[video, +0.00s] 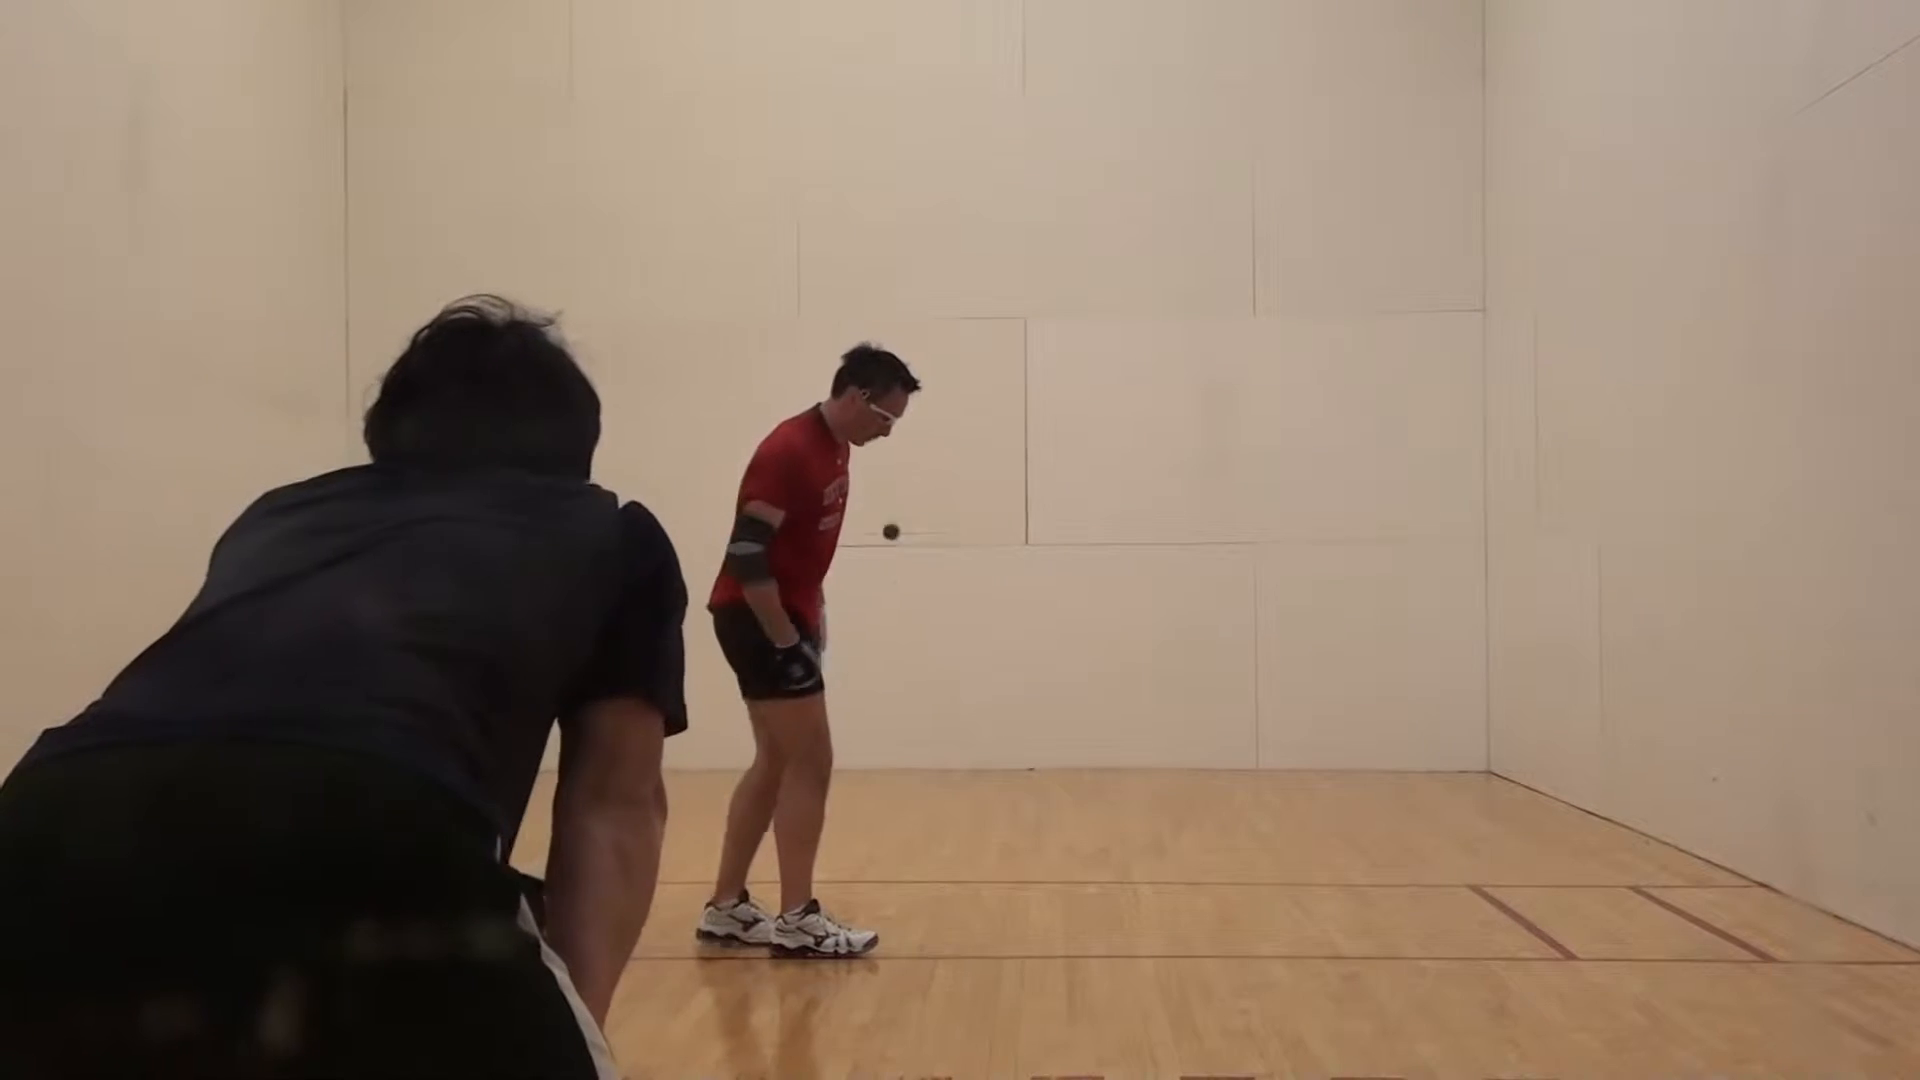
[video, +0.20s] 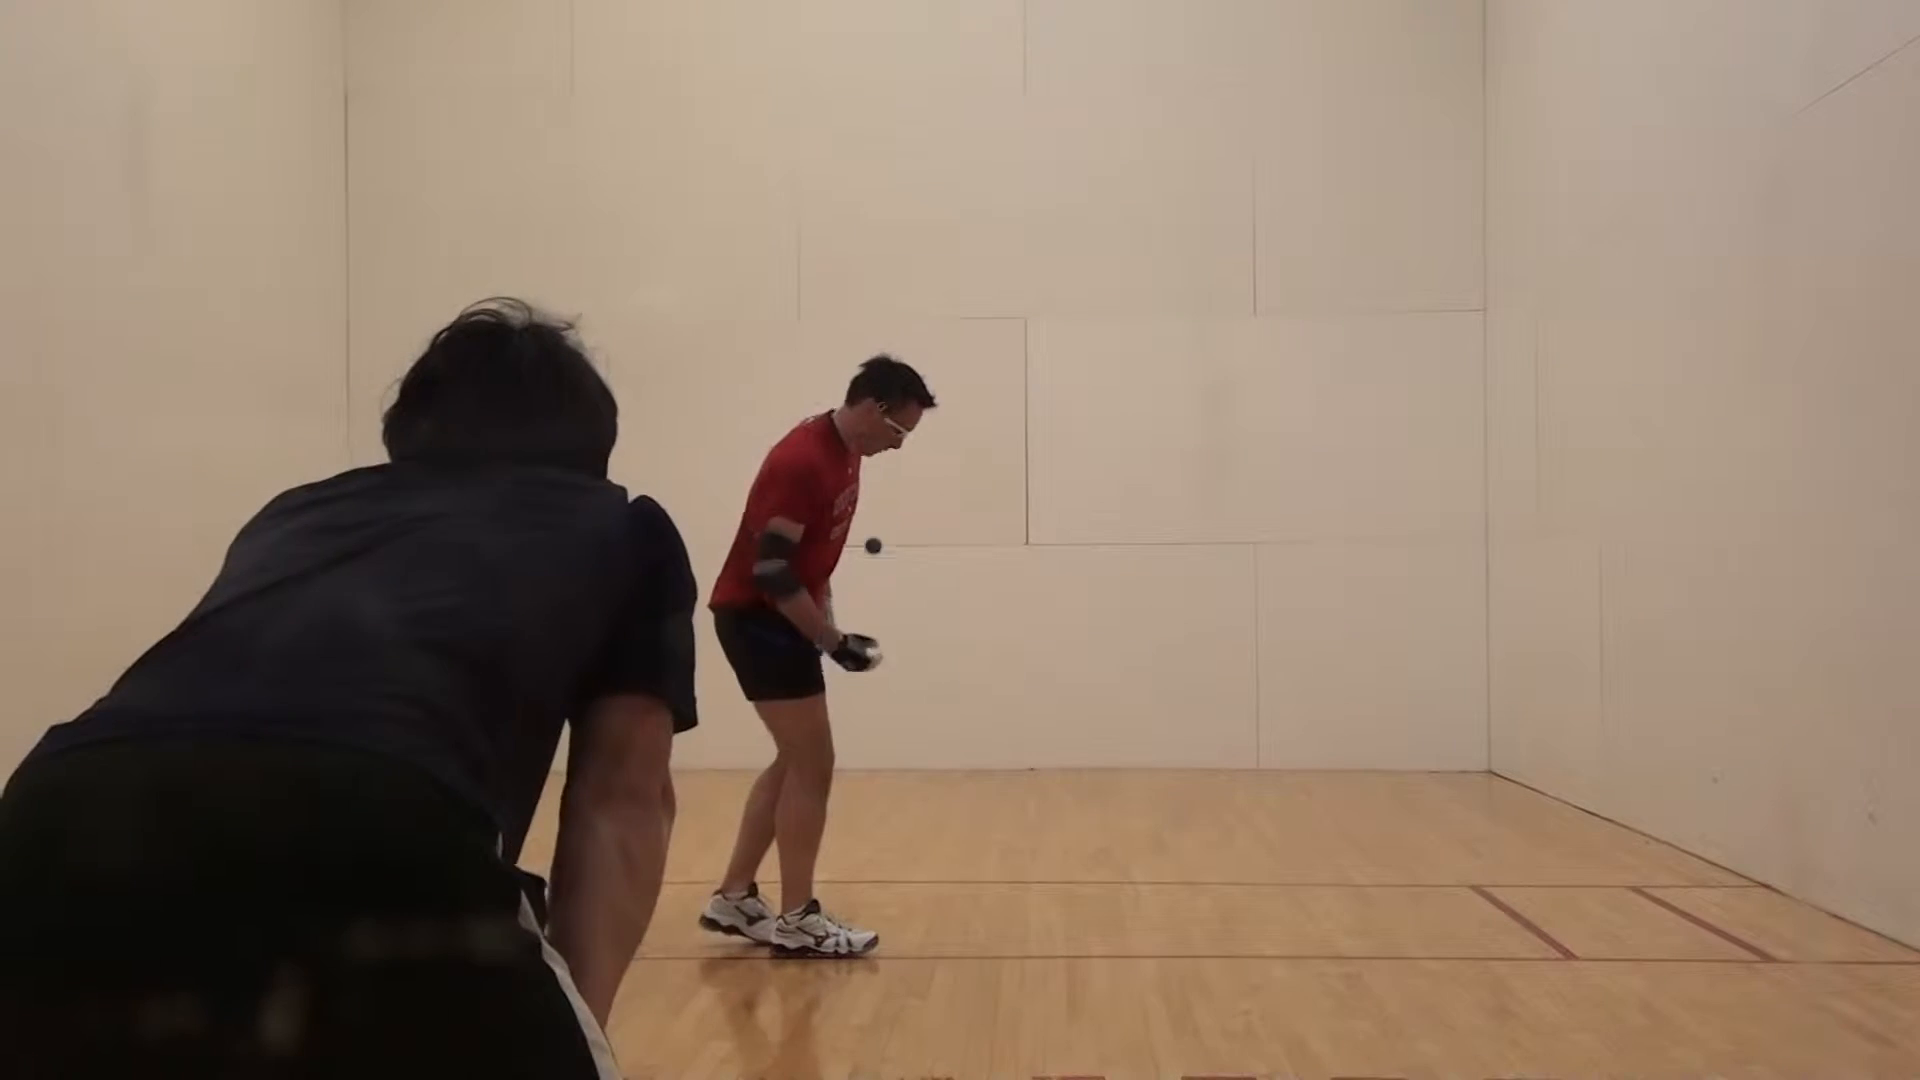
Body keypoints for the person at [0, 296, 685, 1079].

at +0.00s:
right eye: (591, 456)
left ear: (390, 429)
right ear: (566, 445)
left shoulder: (279, 508)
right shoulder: (608, 531)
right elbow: (617, 800)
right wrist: (568, 1034)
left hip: (58, 836)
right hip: (371, 858)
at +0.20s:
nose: (610, 475)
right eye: (608, 460)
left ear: (409, 431)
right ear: (585, 447)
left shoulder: (297, 504)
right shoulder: (618, 525)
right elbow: (625, 791)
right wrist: (571, 1030)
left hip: (67, 821)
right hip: (377, 838)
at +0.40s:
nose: (623, 478)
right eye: (622, 464)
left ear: (421, 433)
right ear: (601, 456)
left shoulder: (310, 507)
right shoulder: (626, 525)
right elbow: (631, 791)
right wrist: (572, 1030)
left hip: (69, 815)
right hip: (373, 831)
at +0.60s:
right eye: (632, 465)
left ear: (429, 437)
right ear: (616, 461)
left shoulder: (318, 511)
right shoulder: (637, 530)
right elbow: (639, 793)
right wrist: (575, 1032)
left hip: (63, 826)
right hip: (370, 847)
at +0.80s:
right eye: (641, 458)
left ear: (439, 435)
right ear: (624, 455)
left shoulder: (325, 509)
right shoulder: (645, 524)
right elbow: (644, 798)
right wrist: (576, 1033)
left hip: (57, 848)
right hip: (367, 871)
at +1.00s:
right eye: (643, 455)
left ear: (445, 431)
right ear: (628, 451)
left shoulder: (330, 506)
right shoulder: (649, 519)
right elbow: (648, 793)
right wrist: (581, 1032)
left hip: (64, 854)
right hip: (377, 875)